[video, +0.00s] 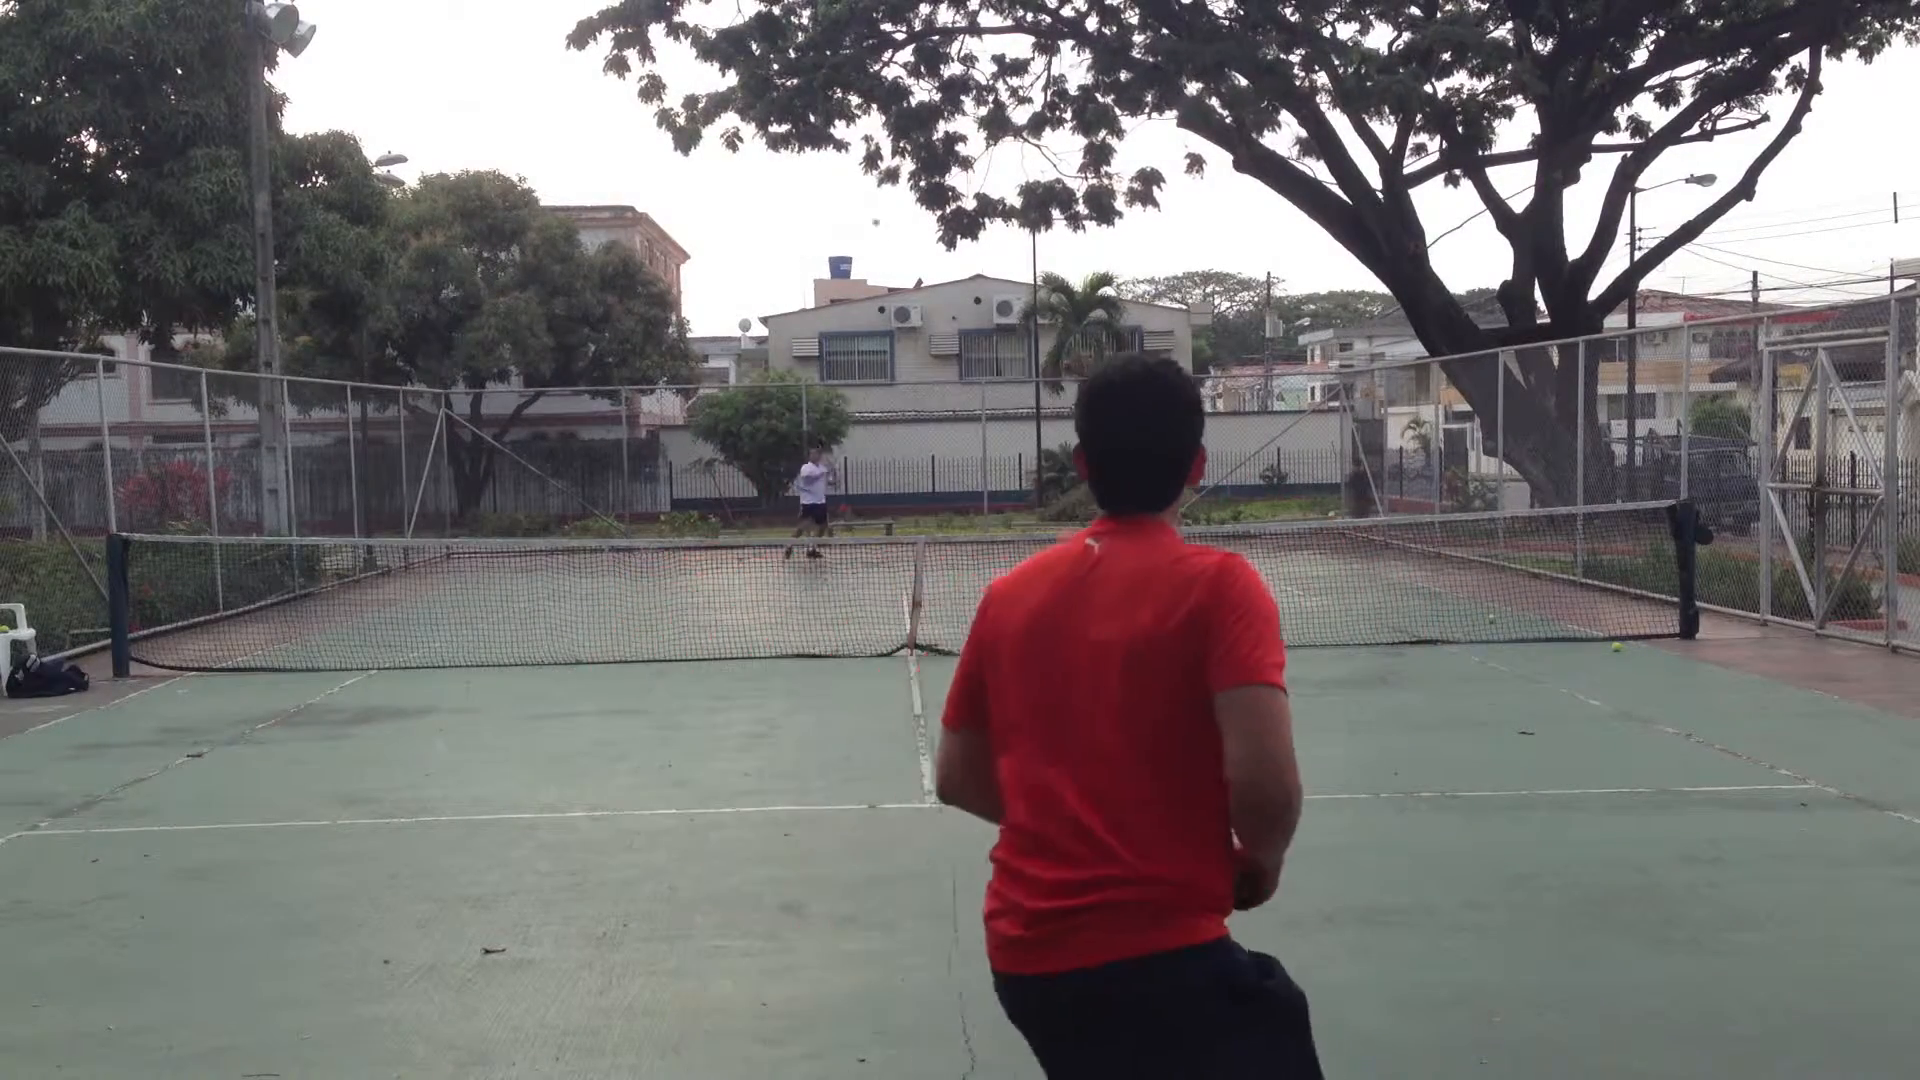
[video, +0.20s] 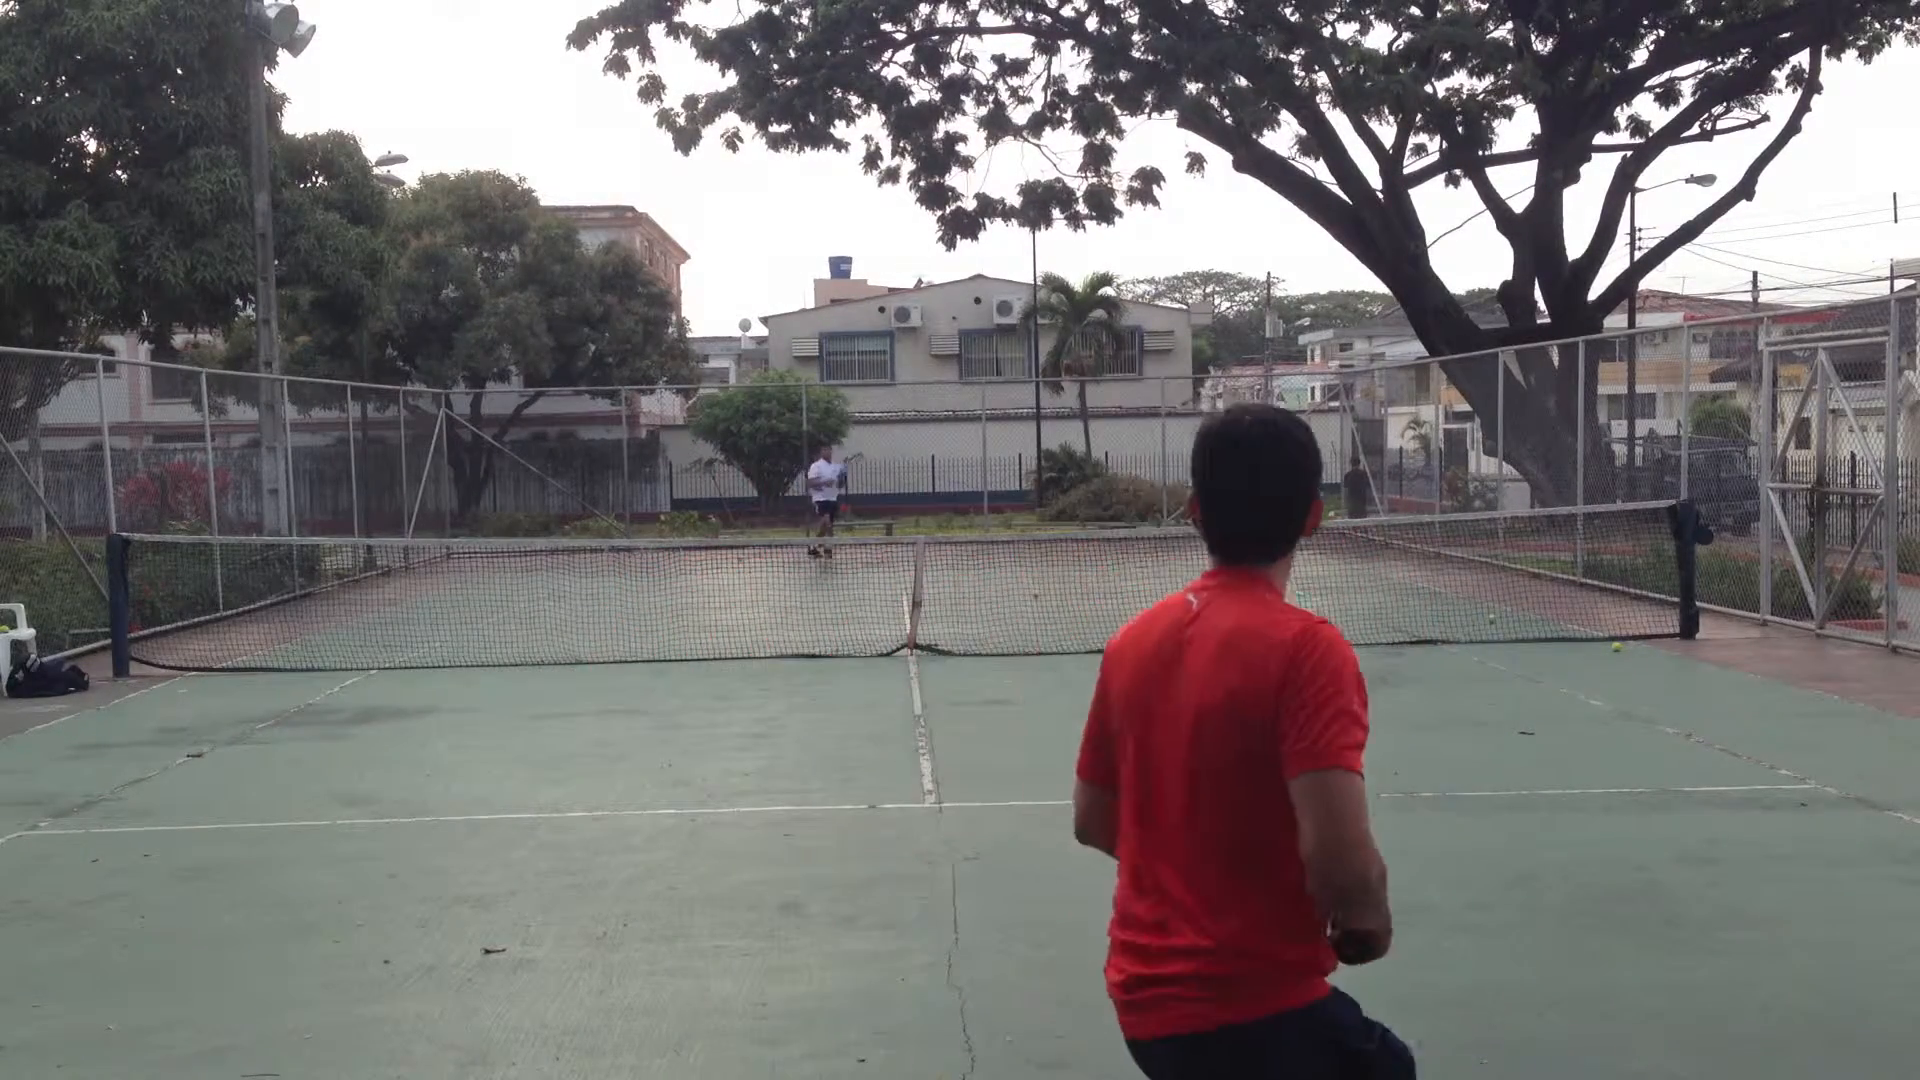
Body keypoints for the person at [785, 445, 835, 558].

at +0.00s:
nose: (815, 456)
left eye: (817, 453)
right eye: (813, 453)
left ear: (820, 455)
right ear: (809, 456)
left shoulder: (821, 468)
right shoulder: (806, 468)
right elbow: (807, 479)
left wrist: (829, 464)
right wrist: (822, 472)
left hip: (820, 501)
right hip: (808, 502)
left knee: (822, 526)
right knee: (804, 524)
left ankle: (813, 548)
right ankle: (790, 545)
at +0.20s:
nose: (827, 452)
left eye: (829, 450)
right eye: (825, 450)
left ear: (831, 451)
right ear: (821, 452)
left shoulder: (835, 467)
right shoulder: (816, 466)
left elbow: (840, 485)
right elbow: (810, 482)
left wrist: (843, 476)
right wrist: (825, 482)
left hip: (832, 498)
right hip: (821, 498)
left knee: (827, 524)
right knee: (827, 523)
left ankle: (815, 546)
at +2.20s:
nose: (885, 456)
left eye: (887, 453)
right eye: (883, 453)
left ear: (891, 453)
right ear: (880, 454)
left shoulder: (898, 466)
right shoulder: (877, 468)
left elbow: (905, 483)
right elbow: (868, 481)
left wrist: (892, 480)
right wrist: (874, 483)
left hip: (898, 499)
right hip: (885, 500)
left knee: (903, 522)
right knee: (886, 524)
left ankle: (918, 539)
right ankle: (898, 543)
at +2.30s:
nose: (876, 455)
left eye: (878, 452)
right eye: (874, 453)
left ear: (883, 453)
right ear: (872, 454)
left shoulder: (890, 466)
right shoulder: (869, 468)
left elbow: (894, 484)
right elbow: (864, 482)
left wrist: (881, 480)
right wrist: (870, 479)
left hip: (891, 498)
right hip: (879, 499)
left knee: (888, 522)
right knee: (883, 524)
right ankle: (895, 544)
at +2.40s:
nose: (868, 455)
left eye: (870, 453)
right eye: (867, 453)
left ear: (875, 453)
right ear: (864, 453)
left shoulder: (881, 466)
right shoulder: (862, 465)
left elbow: (883, 484)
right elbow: (855, 476)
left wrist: (868, 480)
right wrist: (853, 475)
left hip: (879, 496)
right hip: (869, 496)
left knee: (875, 520)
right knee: (879, 521)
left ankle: (873, 546)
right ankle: (897, 543)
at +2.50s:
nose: (860, 456)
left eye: (862, 454)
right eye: (858, 454)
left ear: (866, 453)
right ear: (856, 454)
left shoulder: (869, 465)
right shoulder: (854, 464)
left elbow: (870, 483)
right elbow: (845, 472)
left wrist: (852, 480)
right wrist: (845, 473)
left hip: (869, 497)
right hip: (860, 496)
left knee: (860, 522)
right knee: (865, 522)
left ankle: (860, 548)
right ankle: (882, 541)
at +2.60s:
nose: (848, 459)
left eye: (850, 457)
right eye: (847, 457)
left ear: (856, 457)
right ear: (846, 458)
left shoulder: (859, 469)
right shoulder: (846, 468)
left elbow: (853, 482)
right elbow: (841, 478)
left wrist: (839, 482)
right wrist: (830, 480)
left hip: (859, 498)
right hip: (850, 497)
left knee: (846, 522)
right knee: (845, 523)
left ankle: (860, 544)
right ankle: (858, 546)